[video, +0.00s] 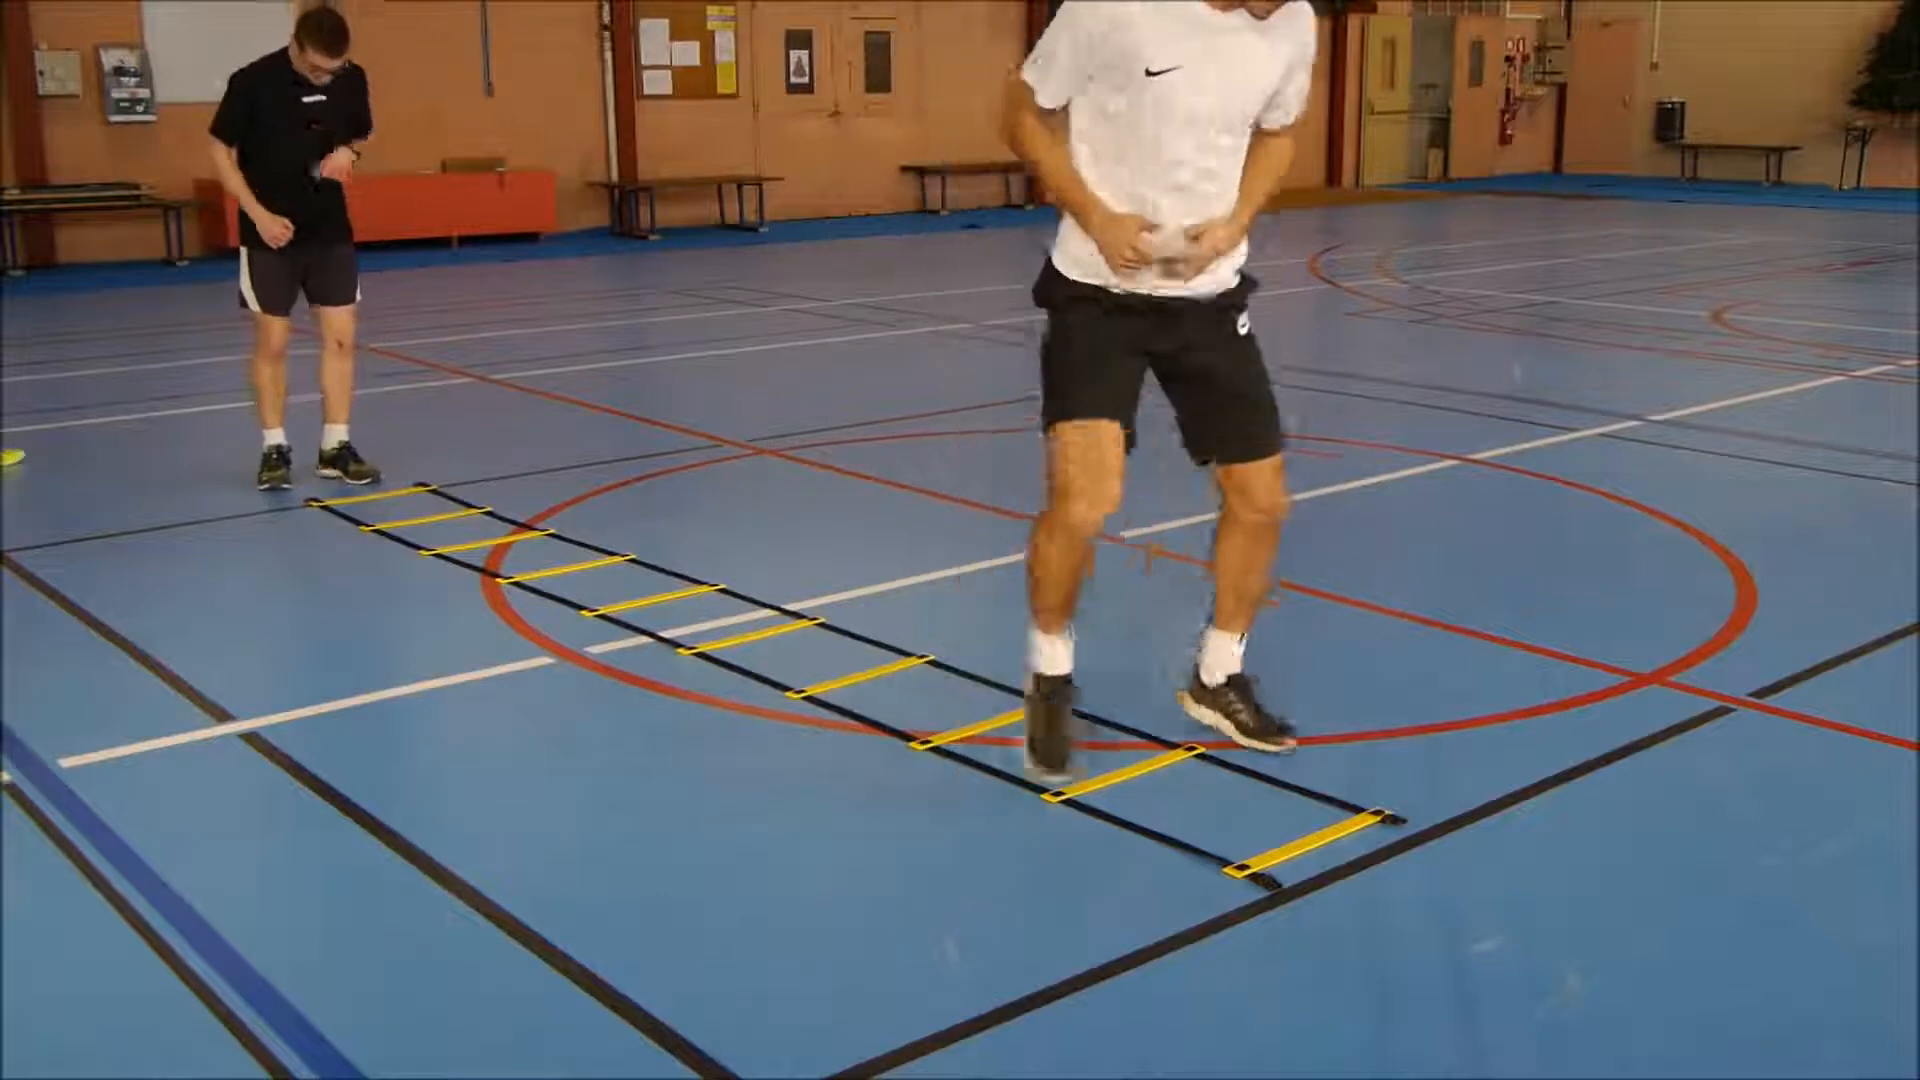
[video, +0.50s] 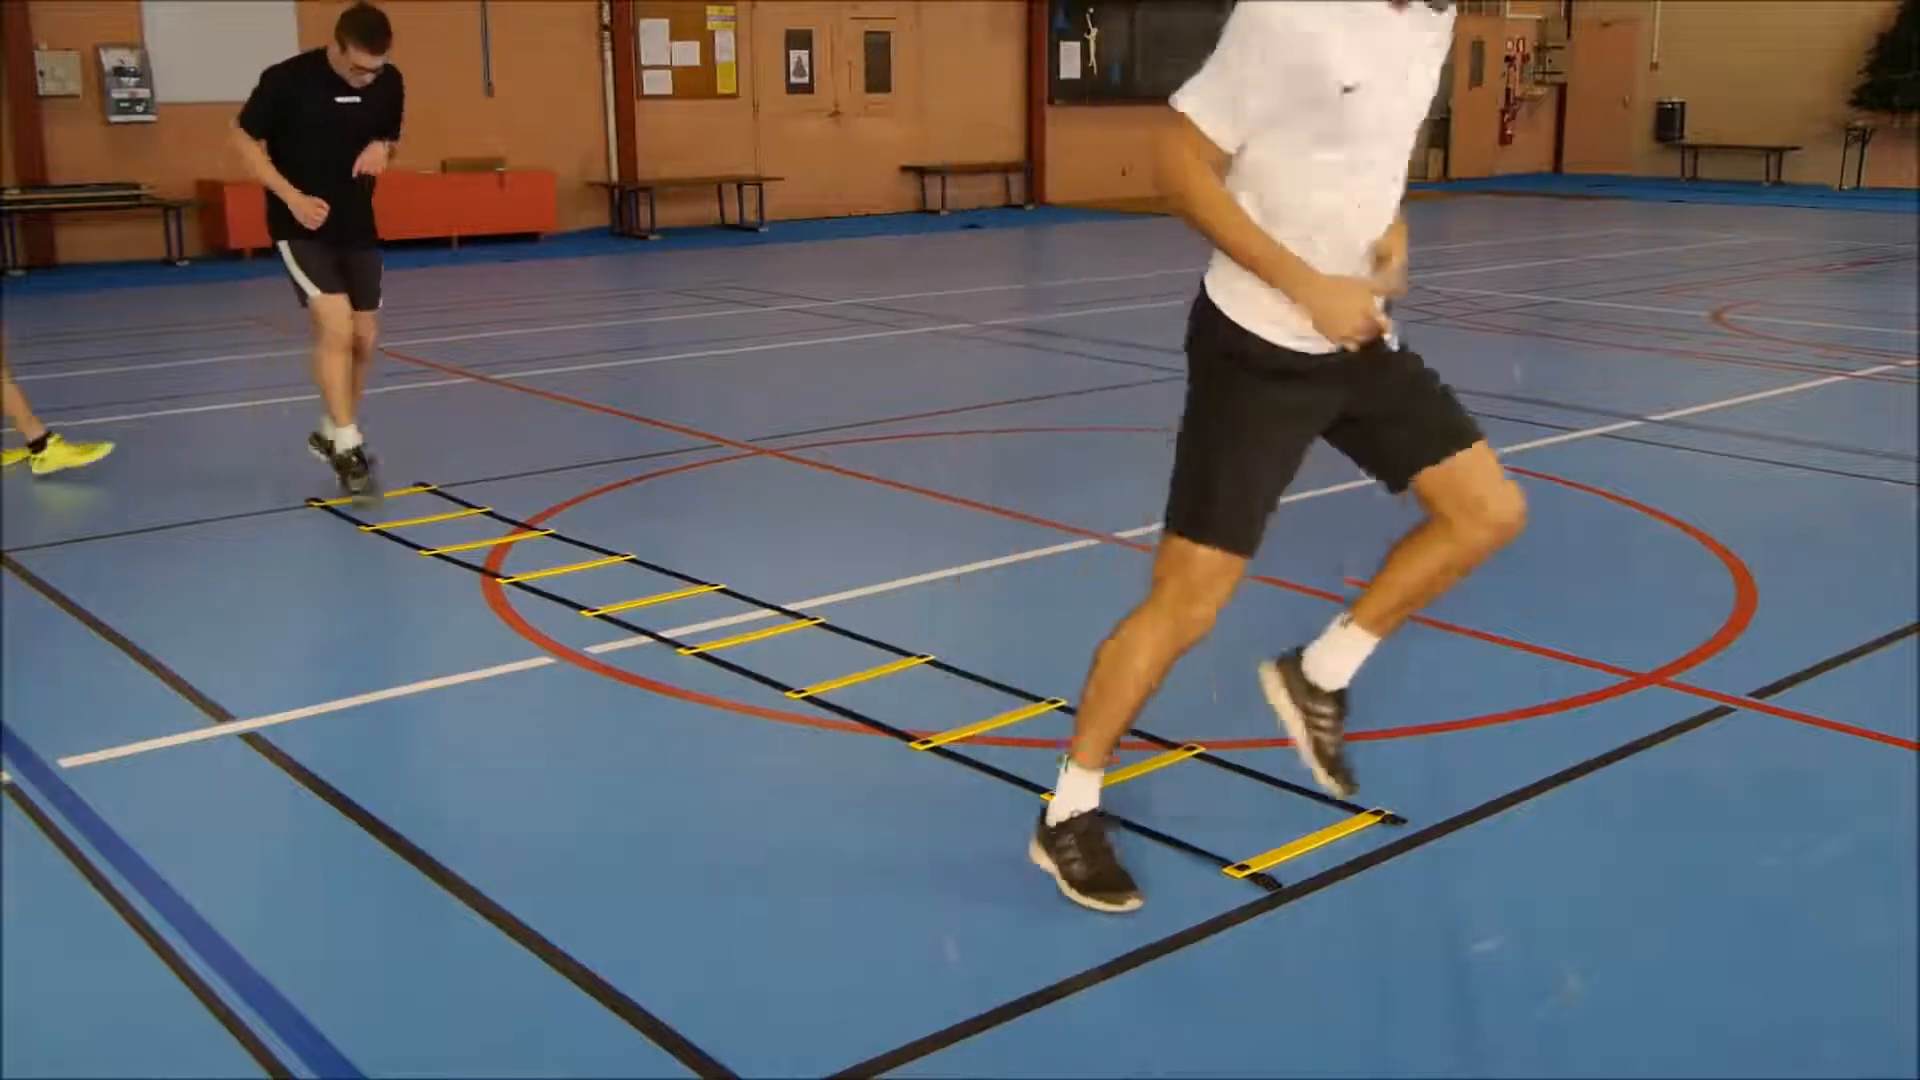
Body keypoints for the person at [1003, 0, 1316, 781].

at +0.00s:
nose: (1266, 3)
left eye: (1276, 2)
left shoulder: (1293, 22)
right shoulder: (1106, 13)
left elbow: (1277, 133)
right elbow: (1026, 113)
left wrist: (1235, 220)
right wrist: (1094, 217)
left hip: (1209, 300)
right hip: (1096, 295)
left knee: (1261, 500)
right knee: (1085, 500)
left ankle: (1218, 675)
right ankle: (1050, 674)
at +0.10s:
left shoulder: (1331, 16)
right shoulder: (1144, 8)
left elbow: (1310, 130)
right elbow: (1064, 105)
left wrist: (1270, 236)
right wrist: (1143, 226)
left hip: (1243, 292)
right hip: (1130, 291)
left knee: (1301, 494)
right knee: (1164, 526)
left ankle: (1232, 661)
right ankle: (1155, 726)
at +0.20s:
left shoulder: (1347, 12)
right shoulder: (1161, 8)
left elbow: (1325, 123)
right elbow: (1076, 96)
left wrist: (1293, 212)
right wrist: (1152, 223)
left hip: (1265, 289)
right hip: (1153, 292)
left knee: (1335, 486)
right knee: (1183, 533)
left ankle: (1219, 655)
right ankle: (1157, 725)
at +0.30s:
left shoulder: (1401, 9)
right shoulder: (1191, 6)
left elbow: (1377, 121)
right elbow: (1107, 84)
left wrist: (1327, 208)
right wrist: (1170, 213)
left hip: (1289, 290)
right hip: (1178, 280)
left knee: (1296, 523)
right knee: (1218, 521)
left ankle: (1193, 721)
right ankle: (1141, 705)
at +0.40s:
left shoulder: (1425, 13)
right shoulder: (1220, 8)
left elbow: (1402, 135)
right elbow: (1135, 109)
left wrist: (1350, 224)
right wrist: (1204, 227)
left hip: (1319, 308)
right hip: (1201, 296)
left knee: (1335, 536)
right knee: (1212, 533)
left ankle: (1207, 715)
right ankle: (1127, 743)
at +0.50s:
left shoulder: (1436, 19)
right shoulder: (1284, 18)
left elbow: (1362, 142)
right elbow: (1178, 163)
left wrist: (1386, 224)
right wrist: (1306, 284)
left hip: (1357, 340)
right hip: (1253, 343)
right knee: (1189, 598)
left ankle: (1319, 675)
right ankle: (1070, 808)